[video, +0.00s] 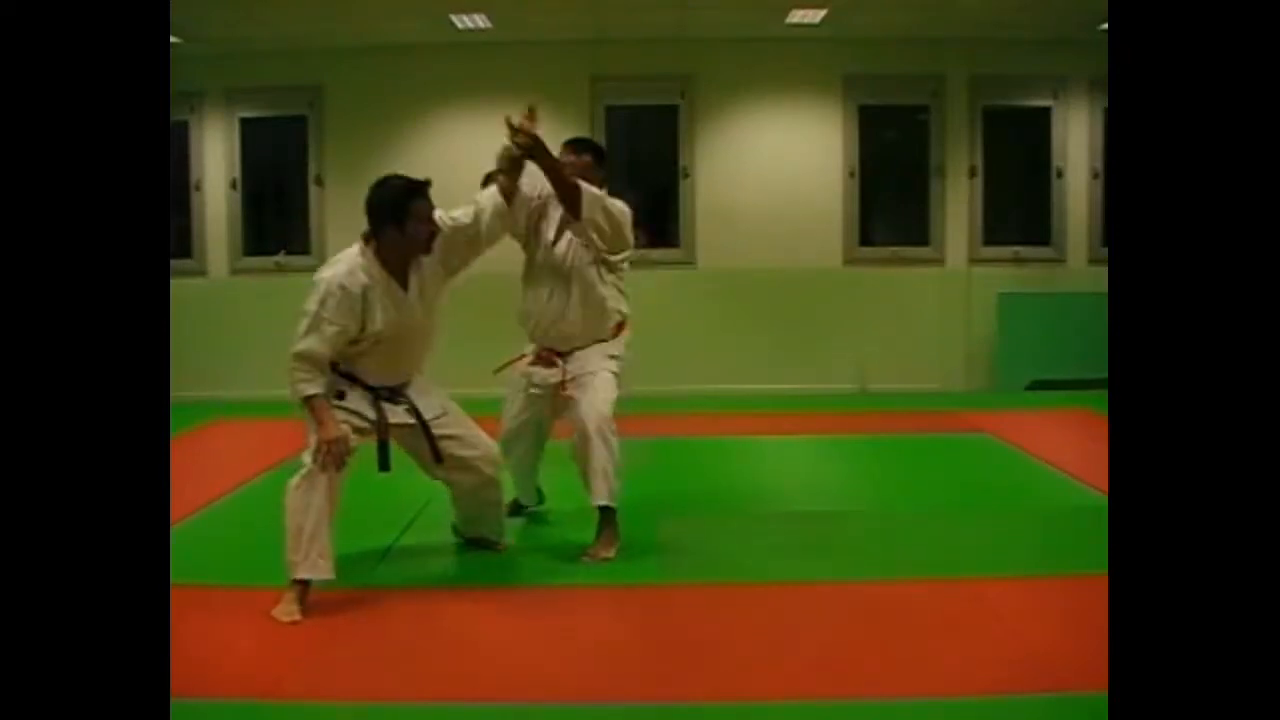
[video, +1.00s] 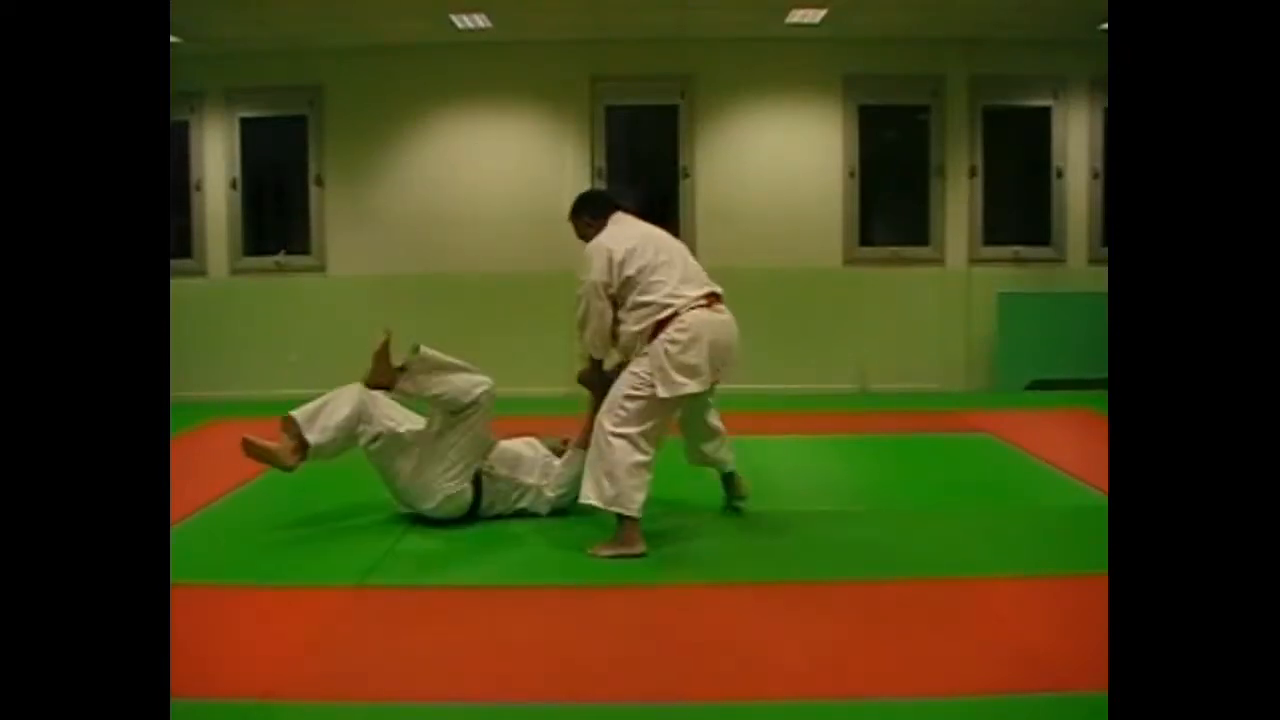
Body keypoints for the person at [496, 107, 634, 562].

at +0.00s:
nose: (564, 169)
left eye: (574, 163)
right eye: (560, 163)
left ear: (595, 171)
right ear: (555, 169)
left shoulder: (614, 217)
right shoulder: (539, 209)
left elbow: (574, 195)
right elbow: (500, 194)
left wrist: (539, 155)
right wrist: (513, 159)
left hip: (595, 348)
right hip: (544, 349)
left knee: (594, 420)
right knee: (516, 431)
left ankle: (607, 521)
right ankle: (527, 498)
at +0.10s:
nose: (558, 167)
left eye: (568, 159)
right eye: (558, 160)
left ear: (593, 168)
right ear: (566, 166)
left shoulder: (615, 209)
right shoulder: (549, 218)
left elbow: (543, 183)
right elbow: (501, 210)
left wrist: (486, 146)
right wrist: (474, 174)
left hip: (609, 347)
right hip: (563, 351)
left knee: (581, 421)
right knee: (531, 425)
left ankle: (611, 523)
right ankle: (529, 496)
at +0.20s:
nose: (554, 191)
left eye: (561, 182)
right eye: (553, 182)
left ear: (588, 177)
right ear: (581, 180)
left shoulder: (612, 209)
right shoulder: (590, 212)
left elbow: (558, 238)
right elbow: (551, 278)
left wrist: (506, 240)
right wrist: (507, 262)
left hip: (637, 340)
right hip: (608, 339)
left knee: (578, 425)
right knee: (564, 417)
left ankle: (621, 530)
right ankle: (563, 491)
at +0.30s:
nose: (555, 201)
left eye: (561, 191)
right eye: (554, 192)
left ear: (587, 184)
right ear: (589, 184)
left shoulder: (610, 219)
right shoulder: (611, 212)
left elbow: (557, 296)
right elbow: (570, 290)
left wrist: (526, 290)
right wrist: (533, 296)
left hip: (653, 344)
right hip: (636, 342)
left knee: (591, 427)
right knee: (595, 419)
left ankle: (622, 533)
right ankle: (625, 497)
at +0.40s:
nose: (566, 213)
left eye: (571, 203)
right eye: (565, 203)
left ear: (597, 195)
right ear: (601, 195)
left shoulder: (617, 230)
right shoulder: (629, 215)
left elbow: (608, 312)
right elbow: (620, 304)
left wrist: (577, 326)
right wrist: (582, 322)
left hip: (677, 349)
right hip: (690, 337)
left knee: (606, 421)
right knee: (661, 415)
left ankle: (623, 536)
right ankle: (726, 482)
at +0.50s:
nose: (577, 221)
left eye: (581, 210)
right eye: (576, 211)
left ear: (607, 202)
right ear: (609, 201)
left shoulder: (627, 235)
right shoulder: (638, 219)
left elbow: (622, 318)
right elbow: (634, 303)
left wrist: (591, 335)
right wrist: (598, 327)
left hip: (693, 348)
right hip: (707, 338)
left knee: (618, 422)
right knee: (706, 431)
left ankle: (625, 537)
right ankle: (773, 489)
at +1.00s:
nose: (580, 237)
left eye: (579, 229)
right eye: (577, 230)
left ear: (591, 220)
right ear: (612, 212)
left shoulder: (603, 247)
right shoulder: (647, 232)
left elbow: (598, 321)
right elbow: (648, 313)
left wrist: (593, 368)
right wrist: (618, 366)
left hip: (678, 334)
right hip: (721, 324)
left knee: (616, 424)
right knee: (698, 413)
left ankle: (628, 533)